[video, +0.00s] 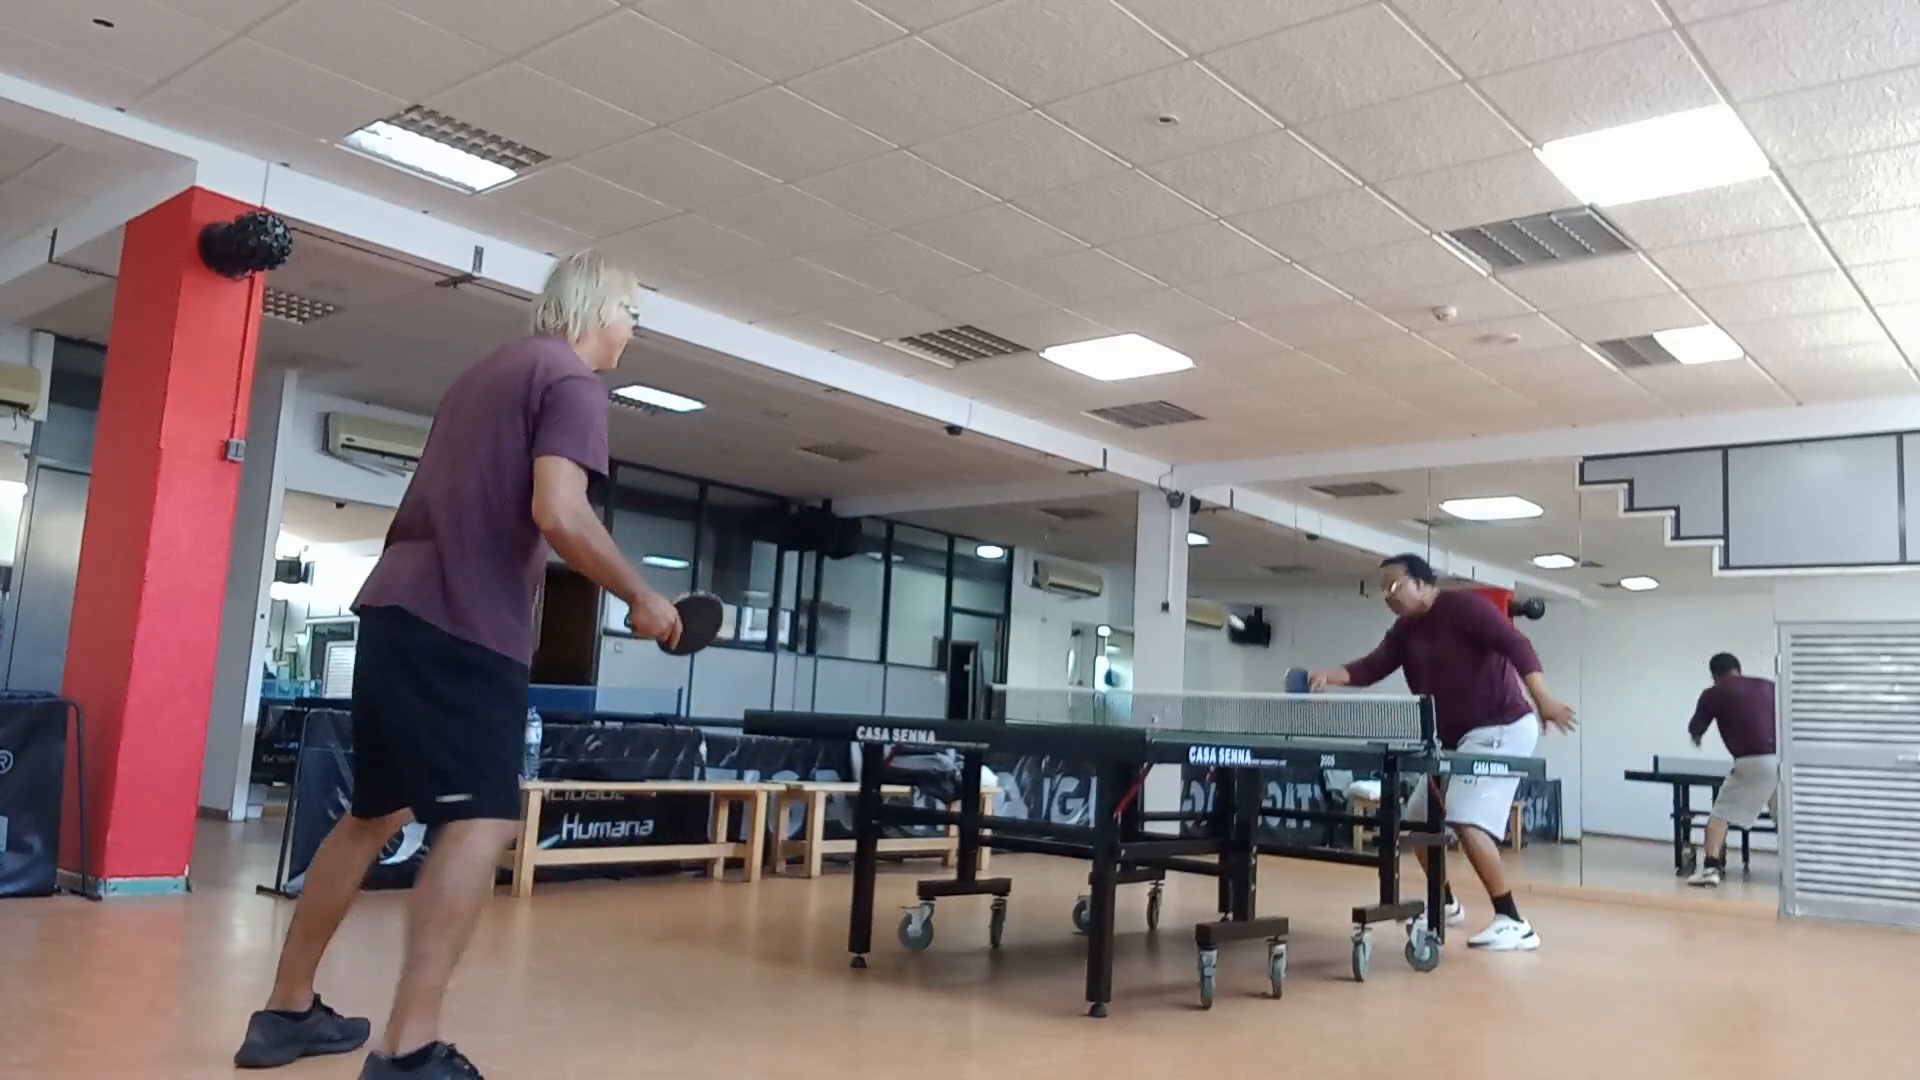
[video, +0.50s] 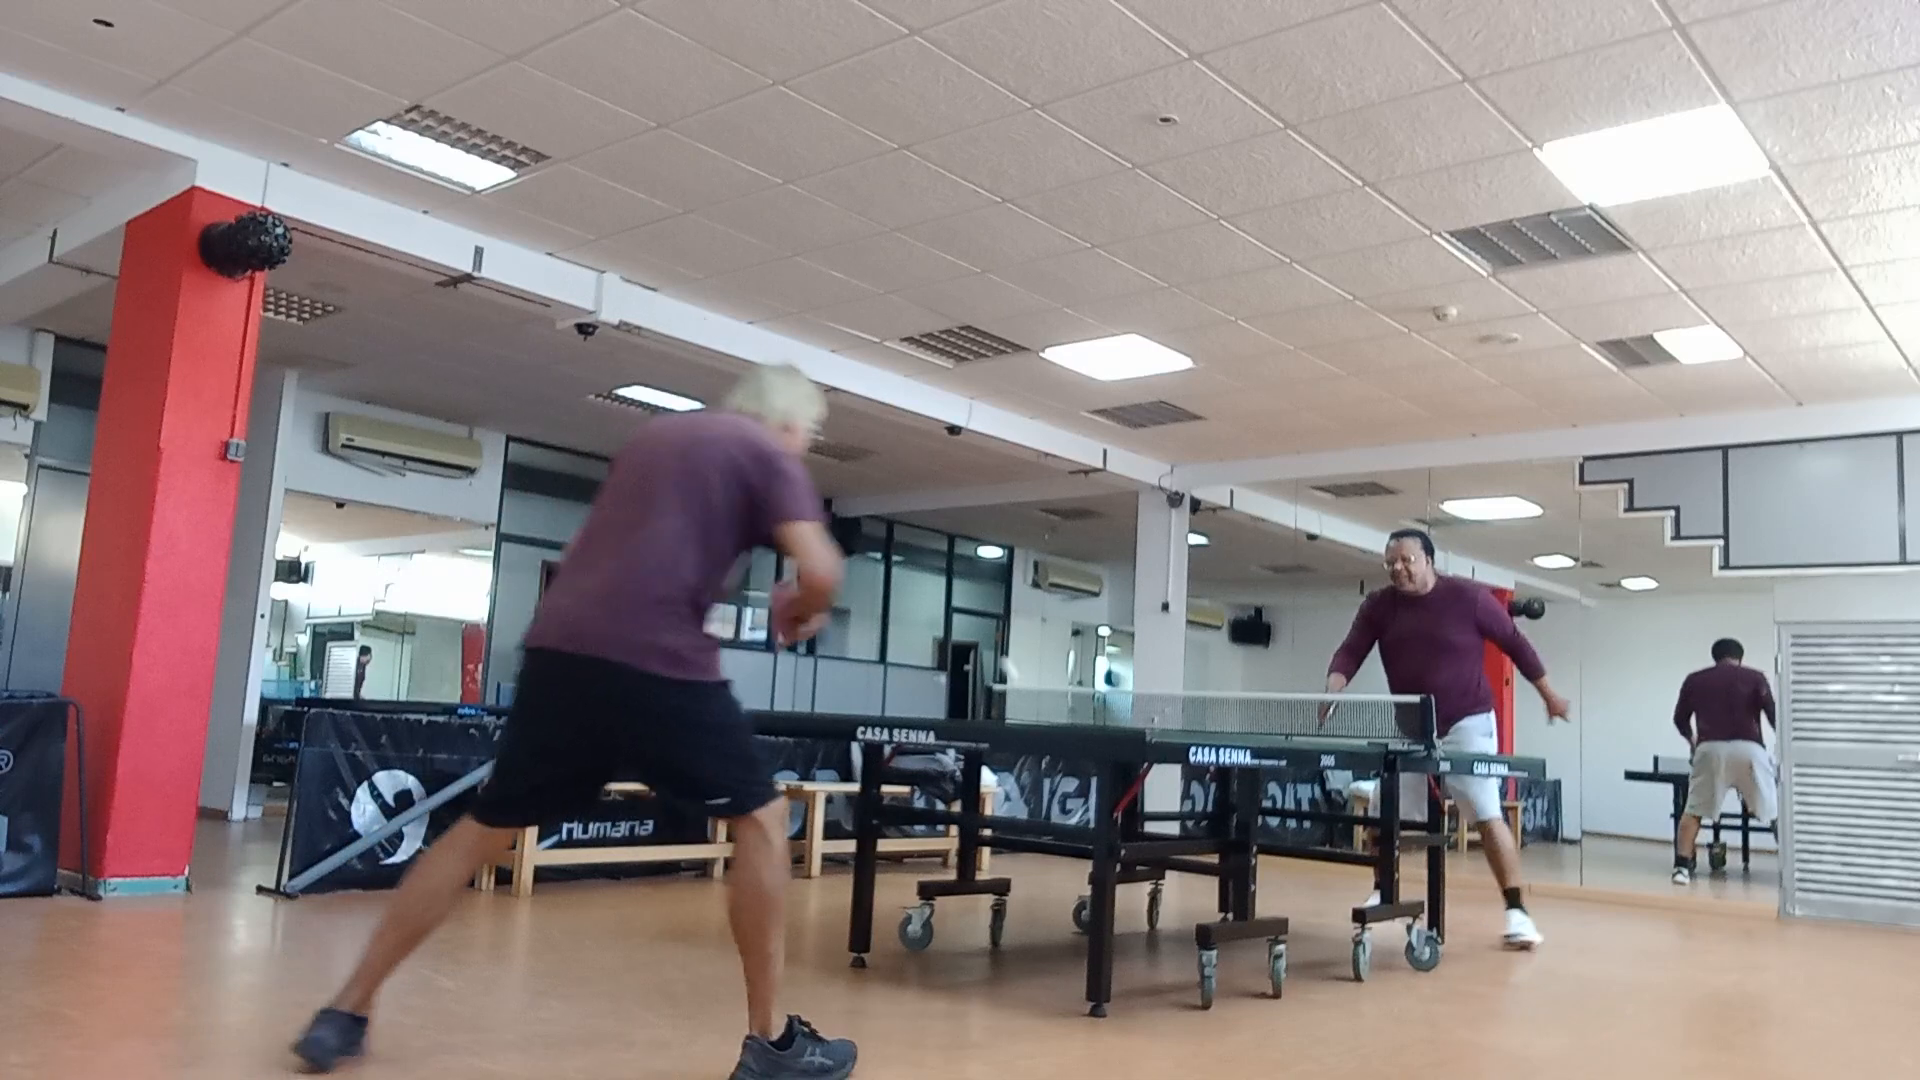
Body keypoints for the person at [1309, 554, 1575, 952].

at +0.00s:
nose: (1388, 597)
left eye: (1393, 586)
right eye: (1383, 592)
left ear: (1419, 581)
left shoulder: (1465, 605)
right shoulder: (1404, 632)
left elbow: (1517, 644)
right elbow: (1371, 667)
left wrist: (1542, 698)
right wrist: (1328, 676)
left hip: (1502, 728)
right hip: (1455, 739)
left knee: (1467, 818)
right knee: (1417, 822)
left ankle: (1512, 922)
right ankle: (1443, 902)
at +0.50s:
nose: (1400, 568)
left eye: (1408, 559)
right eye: (1393, 562)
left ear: (1428, 561)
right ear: (1387, 567)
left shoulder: (1469, 597)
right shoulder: (1379, 606)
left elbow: (1514, 641)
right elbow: (1351, 651)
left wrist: (1548, 692)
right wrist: (1333, 690)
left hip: (1467, 721)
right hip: (1410, 726)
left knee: (1485, 812)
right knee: (1384, 811)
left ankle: (1516, 912)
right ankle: (1384, 894)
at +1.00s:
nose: (1421, 577)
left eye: (1428, 568)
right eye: (1413, 570)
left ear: (1449, 570)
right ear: (1407, 575)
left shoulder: (1485, 606)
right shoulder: (1400, 616)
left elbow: (1530, 661)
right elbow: (1380, 672)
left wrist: (1544, 726)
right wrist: (1371, 721)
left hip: (1492, 734)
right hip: (1430, 740)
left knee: (1524, 821)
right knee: (1393, 814)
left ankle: (1565, 911)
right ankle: (1386, 892)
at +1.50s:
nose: (1440, 591)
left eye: (1448, 582)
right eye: (1433, 584)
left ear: (1467, 577)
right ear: (1426, 584)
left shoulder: (1502, 610)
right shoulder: (1414, 620)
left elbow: (1542, 658)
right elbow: (1386, 675)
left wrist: (1545, 706)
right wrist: (1432, 710)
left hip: (1507, 733)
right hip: (1448, 739)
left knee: (1527, 819)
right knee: (1409, 820)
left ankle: (1567, 911)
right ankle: (1401, 896)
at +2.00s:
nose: (1435, 563)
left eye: (1443, 557)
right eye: (1430, 557)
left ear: (1467, 562)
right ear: (1425, 563)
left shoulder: (1497, 599)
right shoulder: (1407, 601)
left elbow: (1549, 622)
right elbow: (1373, 642)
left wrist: (1599, 639)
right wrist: (1341, 678)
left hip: (1488, 731)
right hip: (1425, 732)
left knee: (1520, 818)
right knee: (1403, 824)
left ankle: (1558, 910)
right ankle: (1396, 897)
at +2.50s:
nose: (1450, 549)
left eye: (1458, 541)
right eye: (1448, 544)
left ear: (1485, 546)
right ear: (1453, 553)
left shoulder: (1519, 591)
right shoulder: (1452, 597)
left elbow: (1539, 646)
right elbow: (1453, 652)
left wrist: (1521, 694)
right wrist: (1427, 693)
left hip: (1515, 716)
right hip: (1466, 719)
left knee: (1516, 815)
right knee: (1455, 812)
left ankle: (1568, 909)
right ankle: (1462, 906)